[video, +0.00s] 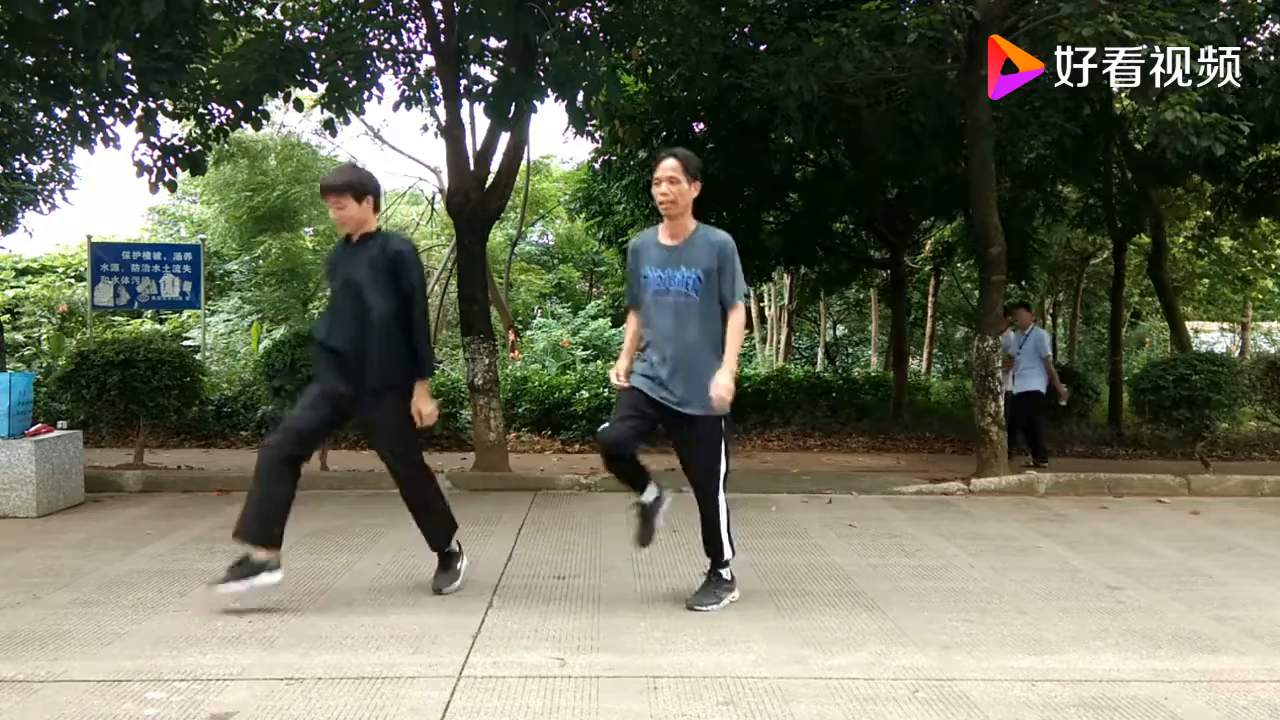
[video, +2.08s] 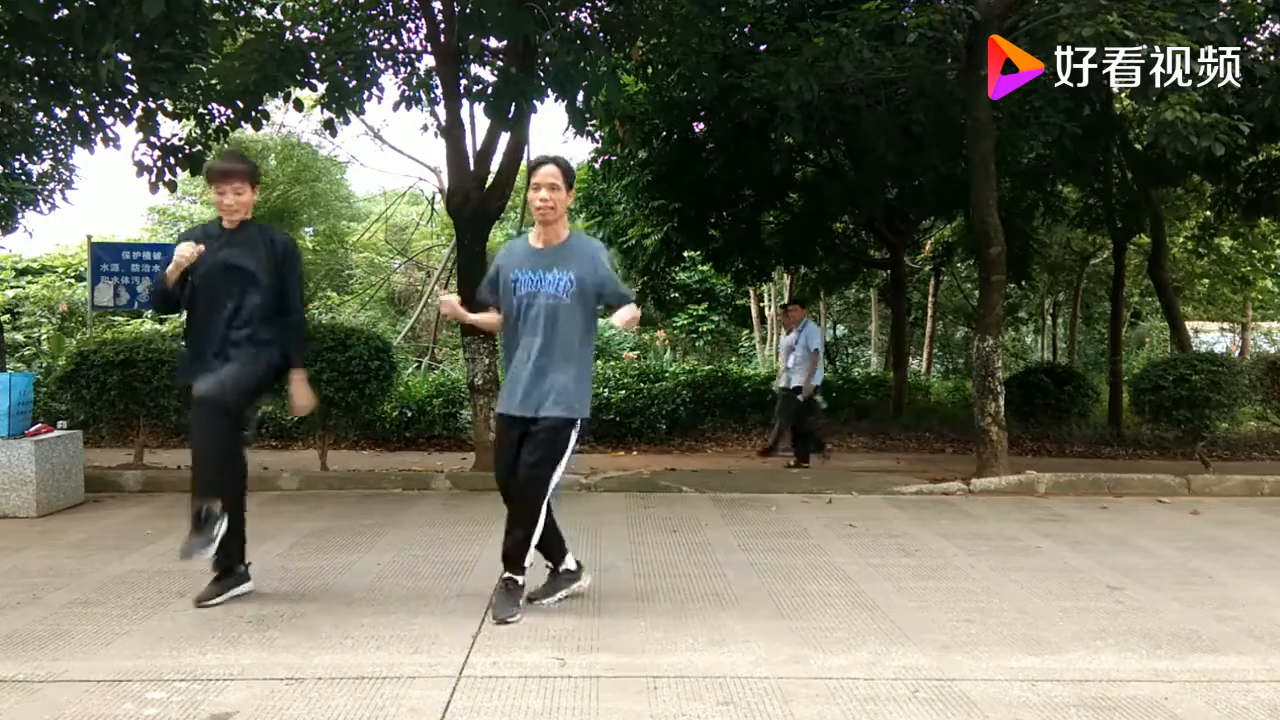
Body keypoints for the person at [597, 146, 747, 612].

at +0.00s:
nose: (663, 190)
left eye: (673, 182)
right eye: (658, 182)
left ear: (694, 189)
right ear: (652, 190)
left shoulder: (719, 245)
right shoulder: (640, 246)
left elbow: (736, 311)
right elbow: (637, 311)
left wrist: (727, 370)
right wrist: (624, 359)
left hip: (701, 386)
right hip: (649, 380)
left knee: (709, 488)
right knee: (612, 440)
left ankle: (721, 574)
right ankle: (649, 495)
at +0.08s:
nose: (651, 182)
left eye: (661, 174)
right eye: (646, 175)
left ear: (682, 181)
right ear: (640, 182)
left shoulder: (709, 237)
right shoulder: (629, 238)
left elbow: (725, 302)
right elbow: (627, 302)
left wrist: (716, 361)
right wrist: (615, 352)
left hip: (692, 383)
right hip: (637, 379)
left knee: (707, 481)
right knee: (604, 453)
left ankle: (711, 565)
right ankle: (622, 522)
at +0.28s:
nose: (617, 191)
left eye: (626, 183)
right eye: (612, 183)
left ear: (648, 191)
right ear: (606, 190)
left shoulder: (669, 249)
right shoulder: (590, 248)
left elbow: (686, 317)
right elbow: (578, 315)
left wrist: (710, 378)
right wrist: (567, 377)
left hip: (659, 395)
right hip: (601, 394)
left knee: (682, 484)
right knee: (584, 489)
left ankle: (707, 556)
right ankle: (575, 570)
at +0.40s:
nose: (593, 177)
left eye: (603, 169)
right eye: (587, 170)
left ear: (624, 176)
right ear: (582, 177)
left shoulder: (648, 233)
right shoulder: (564, 231)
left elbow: (680, 296)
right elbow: (539, 289)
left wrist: (723, 345)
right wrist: (512, 335)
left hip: (630, 377)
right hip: (573, 377)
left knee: (667, 465)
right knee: (569, 474)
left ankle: (726, 535)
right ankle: (560, 562)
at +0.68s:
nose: (560, 177)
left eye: (570, 169)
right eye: (554, 169)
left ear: (589, 175)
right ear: (547, 176)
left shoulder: (615, 230)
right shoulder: (530, 233)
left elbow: (662, 277)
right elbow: (502, 280)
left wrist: (714, 311)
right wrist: (456, 315)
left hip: (595, 371)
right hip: (542, 373)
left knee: (597, 462)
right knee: (544, 479)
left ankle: (653, 537)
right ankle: (559, 564)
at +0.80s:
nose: (552, 184)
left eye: (561, 176)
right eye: (545, 176)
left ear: (580, 181)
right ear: (536, 184)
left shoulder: (608, 239)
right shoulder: (524, 242)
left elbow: (639, 299)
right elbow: (508, 307)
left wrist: (692, 330)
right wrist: (454, 326)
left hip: (585, 379)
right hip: (531, 380)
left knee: (564, 471)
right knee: (528, 476)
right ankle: (575, 559)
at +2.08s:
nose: (543, 196)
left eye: (553, 188)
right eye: (536, 188)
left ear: (570, 196)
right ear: (527, 195)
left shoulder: (589, 253)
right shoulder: (510, 254)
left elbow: (624, 306)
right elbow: (501, 318)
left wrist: (626, 315)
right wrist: (463, 313)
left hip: (564, 393)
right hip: (516, 391)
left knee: (531, 484)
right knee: (510, 482)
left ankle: (511, 579)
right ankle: (565, 566)